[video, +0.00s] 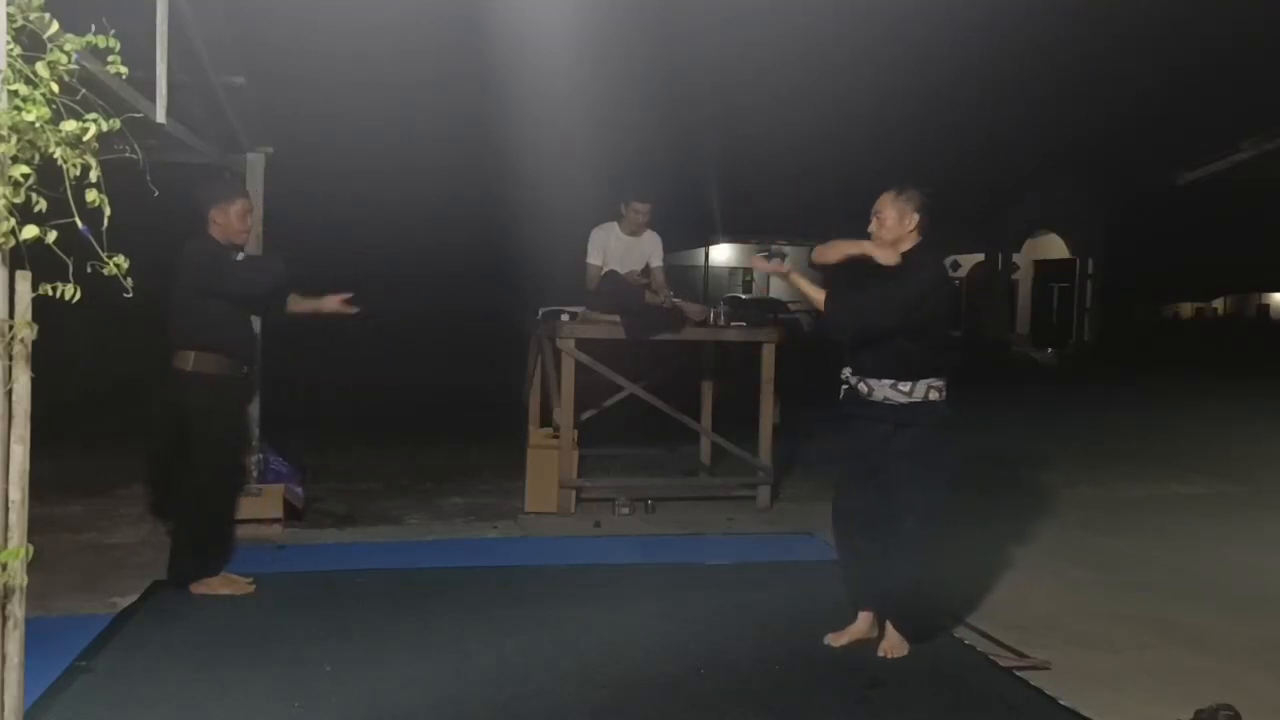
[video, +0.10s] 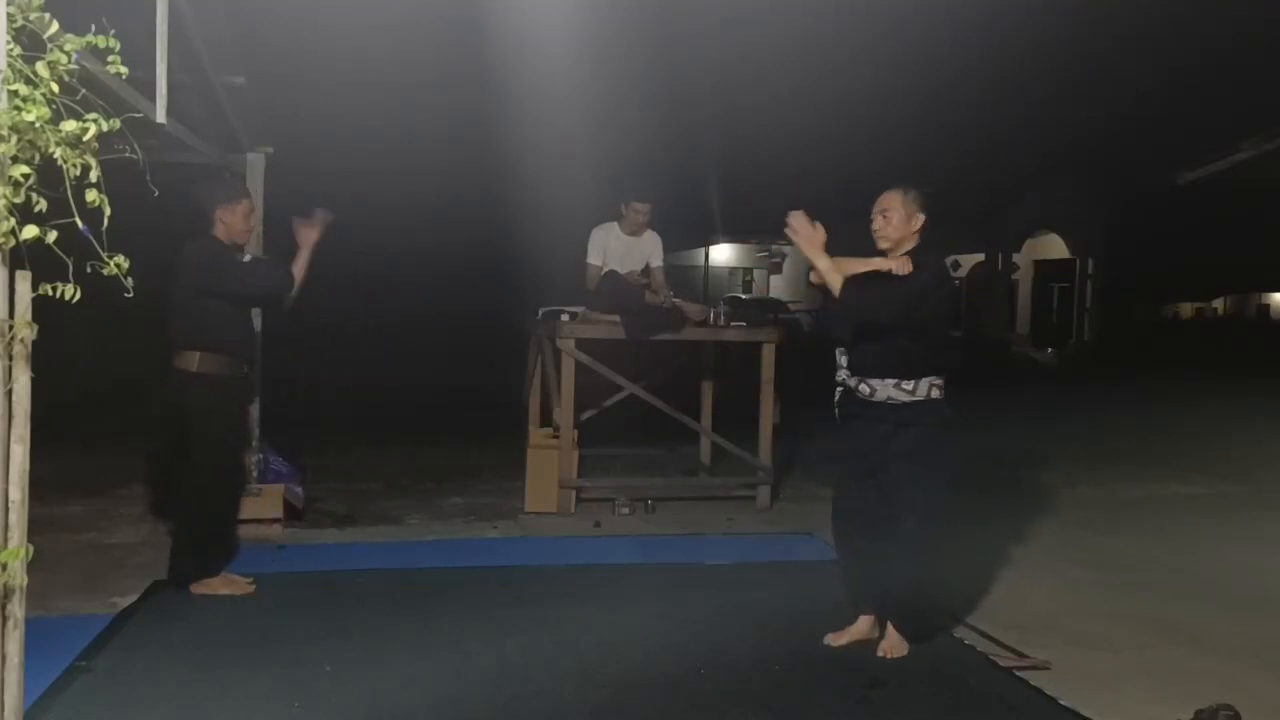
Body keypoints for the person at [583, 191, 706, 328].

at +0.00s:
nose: (641, 219)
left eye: (645, 214)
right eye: (636, 212)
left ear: (650, 214)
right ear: (623, 209)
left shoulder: (653, 240)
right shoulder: (601, 234)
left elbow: (659, 283)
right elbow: (591, 285)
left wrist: (665, 297)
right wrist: (623, 280)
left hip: (635, 298)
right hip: (601, 299)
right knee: (611, 278)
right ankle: (677, 310)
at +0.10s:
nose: (641, 219)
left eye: (645, 214)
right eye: (636, 212)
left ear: (650, 215)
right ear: (623, 210)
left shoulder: (653, 239)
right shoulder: (601, 234)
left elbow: (659, 283)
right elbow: (591, 284)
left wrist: (665, 296)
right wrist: (623, 280)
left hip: (636, 298)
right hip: (602, 299)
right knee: (611, 278)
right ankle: (676, 310)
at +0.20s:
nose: (641, 219)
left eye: (646, 214)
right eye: (636, 213)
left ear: (650, 214)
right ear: (623, 209)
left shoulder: (653, 240)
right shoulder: (602, 234)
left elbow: (659, 283)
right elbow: (591, 284)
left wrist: (665, 295)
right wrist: (623, 281)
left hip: (636, 300)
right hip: (602, 300)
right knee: (611, 278)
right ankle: (676, 310)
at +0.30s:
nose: (641, 219)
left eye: (646, 214)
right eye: (636, 213)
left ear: (650, 214)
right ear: (623, 210)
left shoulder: (653, 240)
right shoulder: (601, 234)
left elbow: (658, 282)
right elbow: (591, 284)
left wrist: (665, 296)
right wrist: (623, 281)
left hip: (636, 301)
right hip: (602, 300)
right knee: (611, 278)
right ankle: (676, 308)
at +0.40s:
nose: (641, 219)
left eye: (646, 214)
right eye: (636, 212)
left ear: (650, 215)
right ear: (623, 210)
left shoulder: (653, 240)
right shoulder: (601, 234)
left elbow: (659, 283)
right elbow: (591, 284)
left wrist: (664, 295)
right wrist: (623, 280)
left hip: (636, 300)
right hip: (602, 299)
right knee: (610, 278)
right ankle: (675, 308)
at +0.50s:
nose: (641, 219)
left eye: (646, 214)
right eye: (636, 212)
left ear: (650, 214)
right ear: (623, 210)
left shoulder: (653, 239)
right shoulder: (601, 234)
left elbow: (658, 282)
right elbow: (591, 284)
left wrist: (664, 295)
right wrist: (623, 281)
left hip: (636, 300)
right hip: (603, 299)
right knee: (610, 278)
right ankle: (676, 308)